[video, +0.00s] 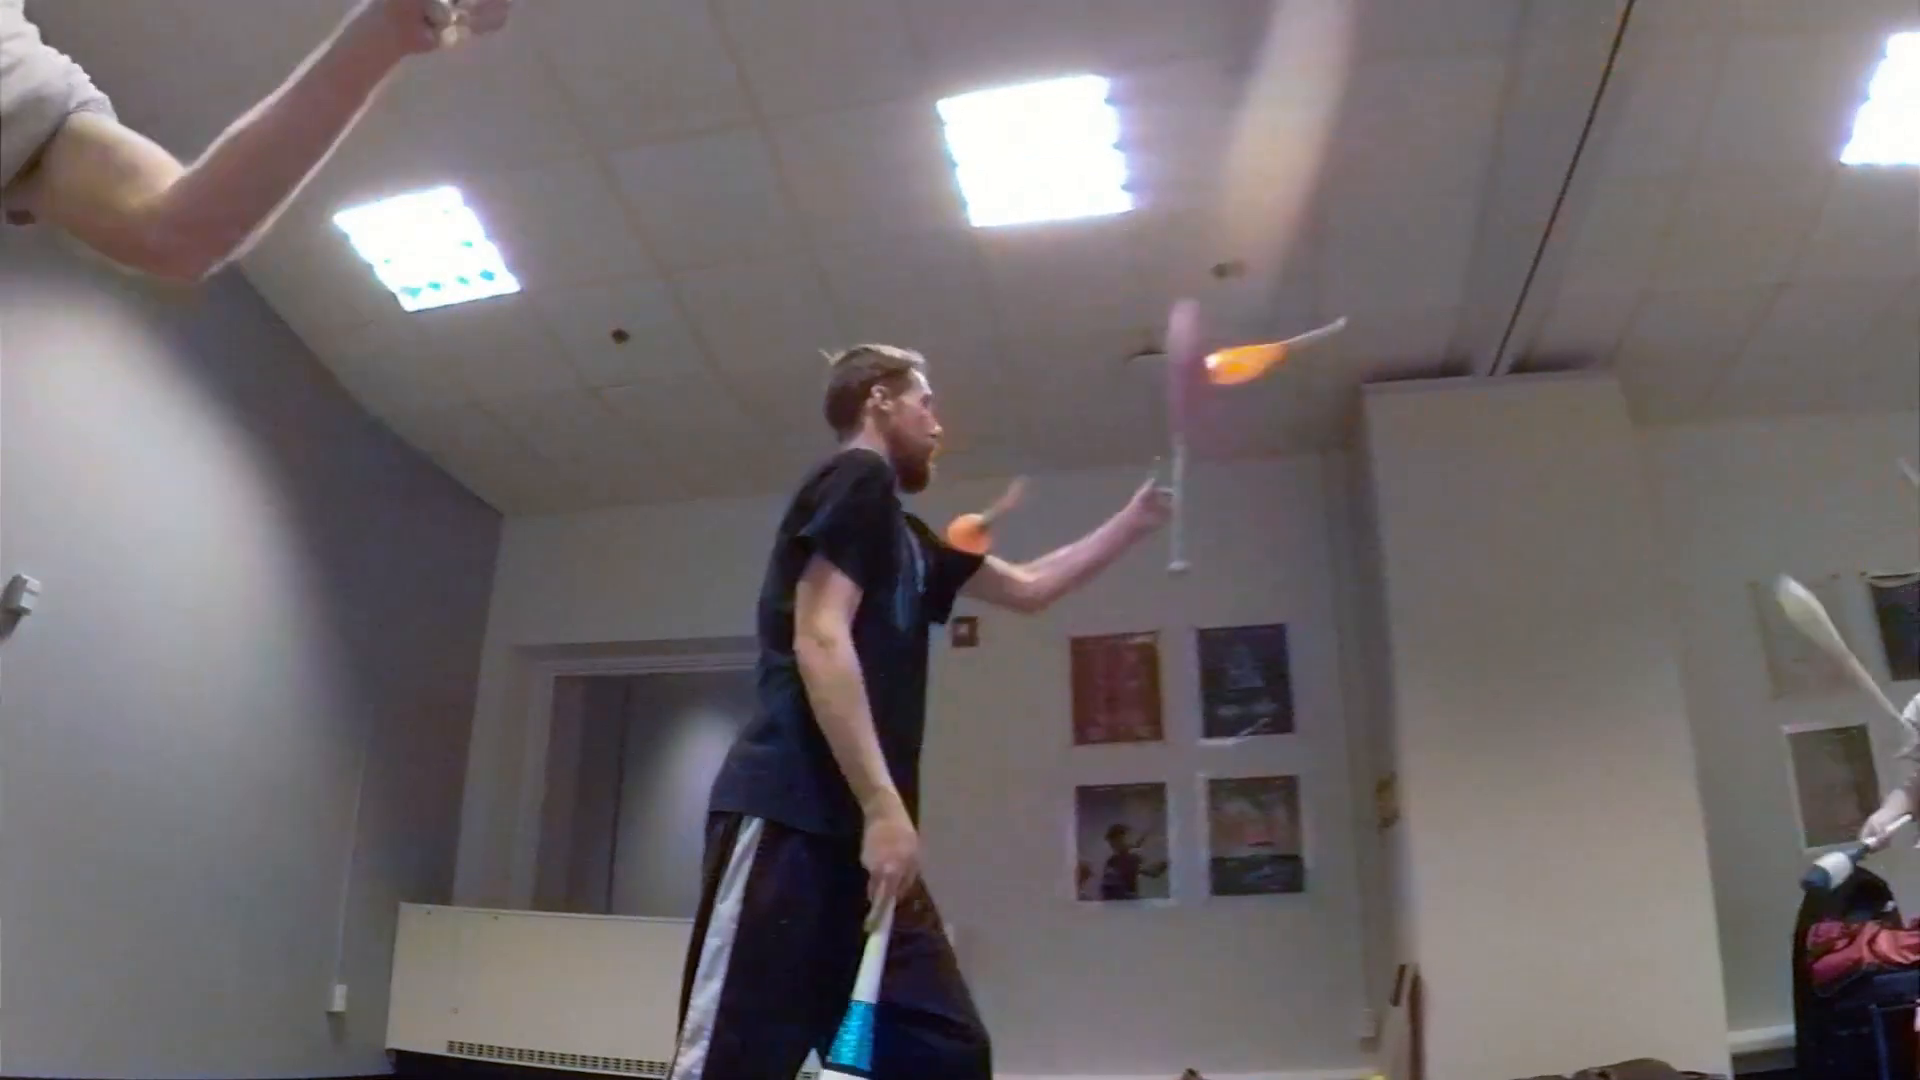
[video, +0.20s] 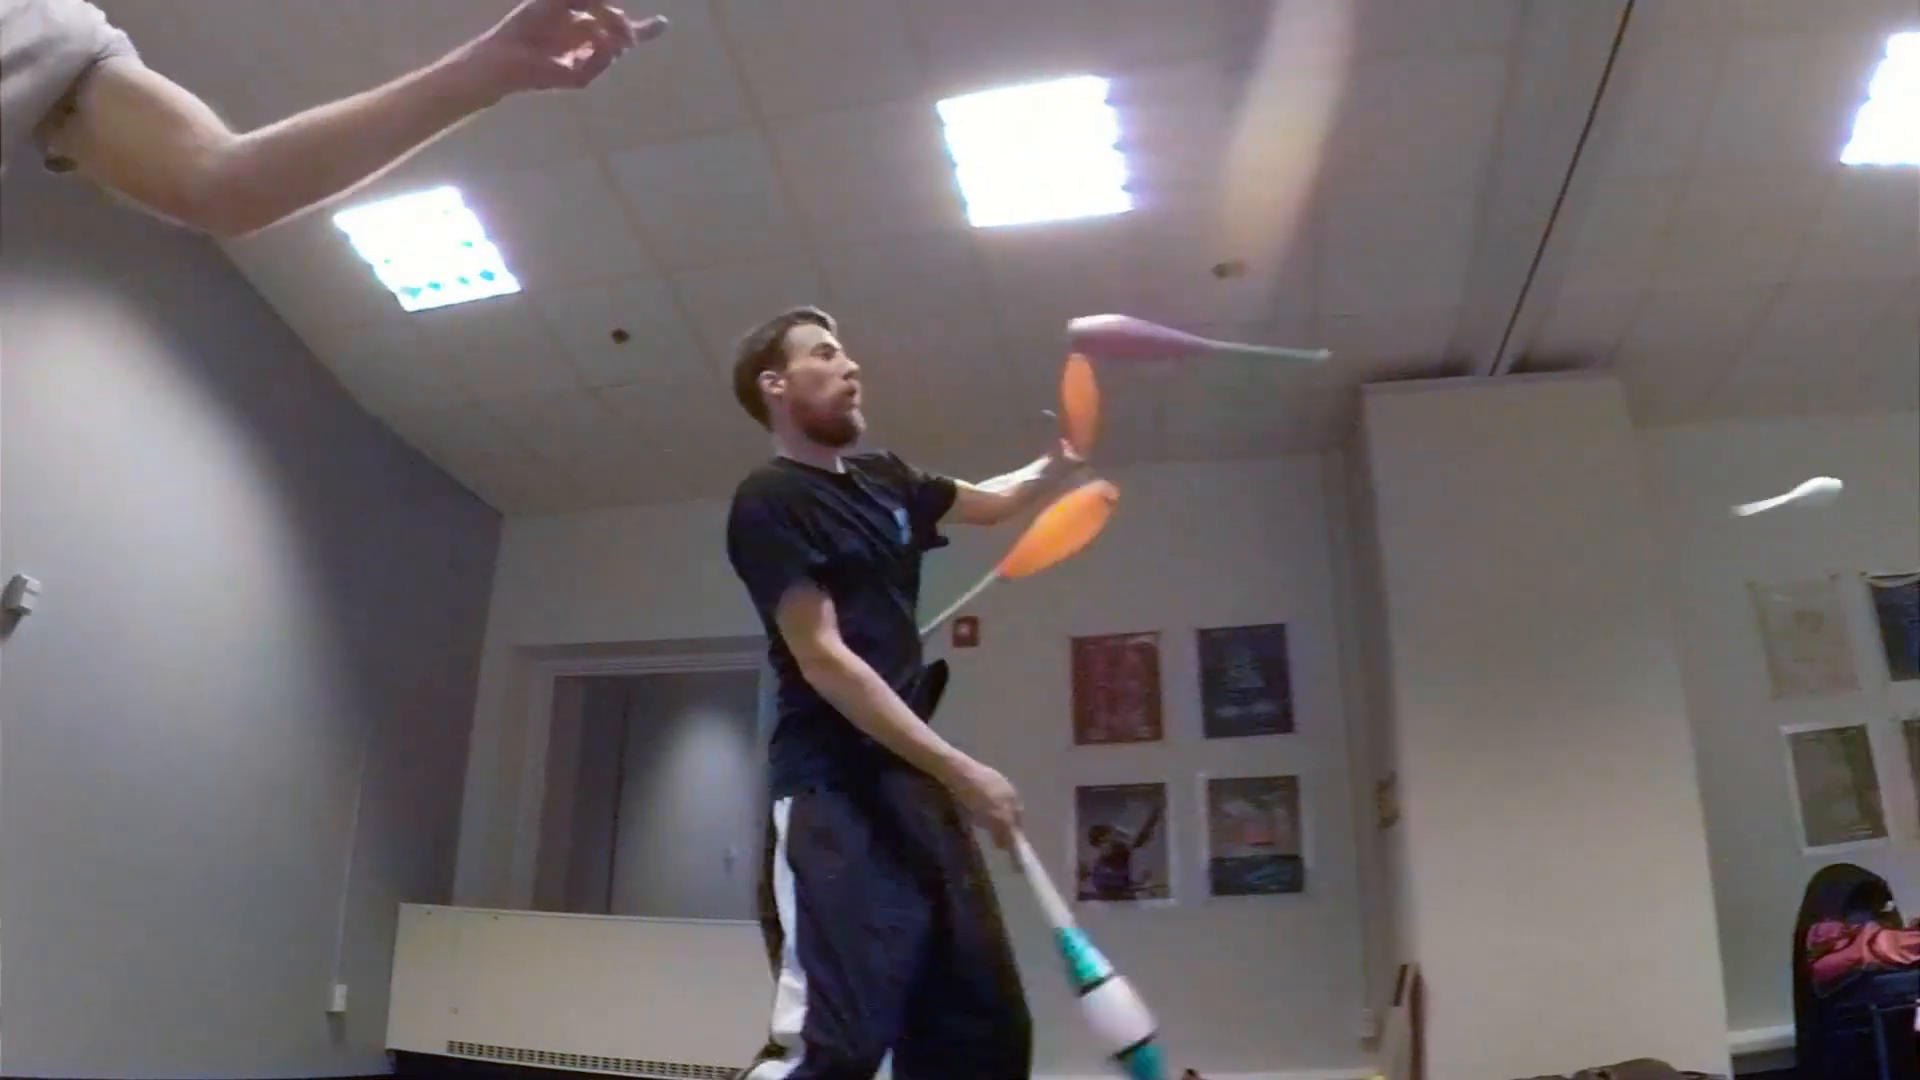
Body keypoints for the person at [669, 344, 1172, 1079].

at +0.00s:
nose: (939, 420)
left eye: (935, 403)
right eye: (926, 400)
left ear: (887, 407)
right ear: (879, 403)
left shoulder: (906, 533)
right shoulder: (858, 478)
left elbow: (1026, 586)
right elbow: (819, 639)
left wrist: (1135, 519)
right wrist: (884, 810)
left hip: (858, 832)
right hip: (788, 819)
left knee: (946, 1051)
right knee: (728, 1060)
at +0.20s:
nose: (850, 365)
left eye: (844, 351)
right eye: (823, 353)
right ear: (771, 388)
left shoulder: (881, 476)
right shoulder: (770, 500)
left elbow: (984, 503)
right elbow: (822, 660)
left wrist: (1054, 468)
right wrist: (958, 770)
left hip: (913, 781)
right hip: (827, 791)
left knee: (982, 1027)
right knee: (845, 1034)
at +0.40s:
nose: (790, 410)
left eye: (786, 396)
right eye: (762, 397)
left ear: (794, 418)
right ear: (708, 429)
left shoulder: (825, 521)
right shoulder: (705, 566)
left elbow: (929, 593)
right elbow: (801, 715)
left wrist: (1027, 508)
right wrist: (963, 768)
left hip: (878, 819)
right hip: (790, 839)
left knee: (979, 1044)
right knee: (859, 1057)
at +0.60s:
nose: (750, 450)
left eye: (750, 437)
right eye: (725, 436)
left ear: (758, 455)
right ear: (672, 462)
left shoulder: (794, 552)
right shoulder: (649, 598)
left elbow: (874, 678)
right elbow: (717, 741)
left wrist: (907, 590)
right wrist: (870, 789)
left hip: (841, 857)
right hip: (743, 870)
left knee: (882, 1056)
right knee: (784, 1060)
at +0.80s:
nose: (744, 484)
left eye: (751, 474)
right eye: (725, 469)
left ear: (758, 492)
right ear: (675, 481)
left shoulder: (772, 583)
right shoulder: (625, 602)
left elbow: (837, 693)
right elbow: (640, 744)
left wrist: (791, 569)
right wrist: (746, 822)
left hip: (776, 865)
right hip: (667, 869)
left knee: (800, 1050)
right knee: (666, 1039)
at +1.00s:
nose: (707, 501)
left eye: (716, 491)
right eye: (693, 483)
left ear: (720, 507)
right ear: (646, 485)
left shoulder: (715, 599)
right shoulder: (581, 583)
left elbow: (759, 705)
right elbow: (556, 721)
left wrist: (733, 582)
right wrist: (614, 828)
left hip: (706, 866)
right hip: (601, 865)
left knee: (748, 1051)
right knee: (584, 1057)